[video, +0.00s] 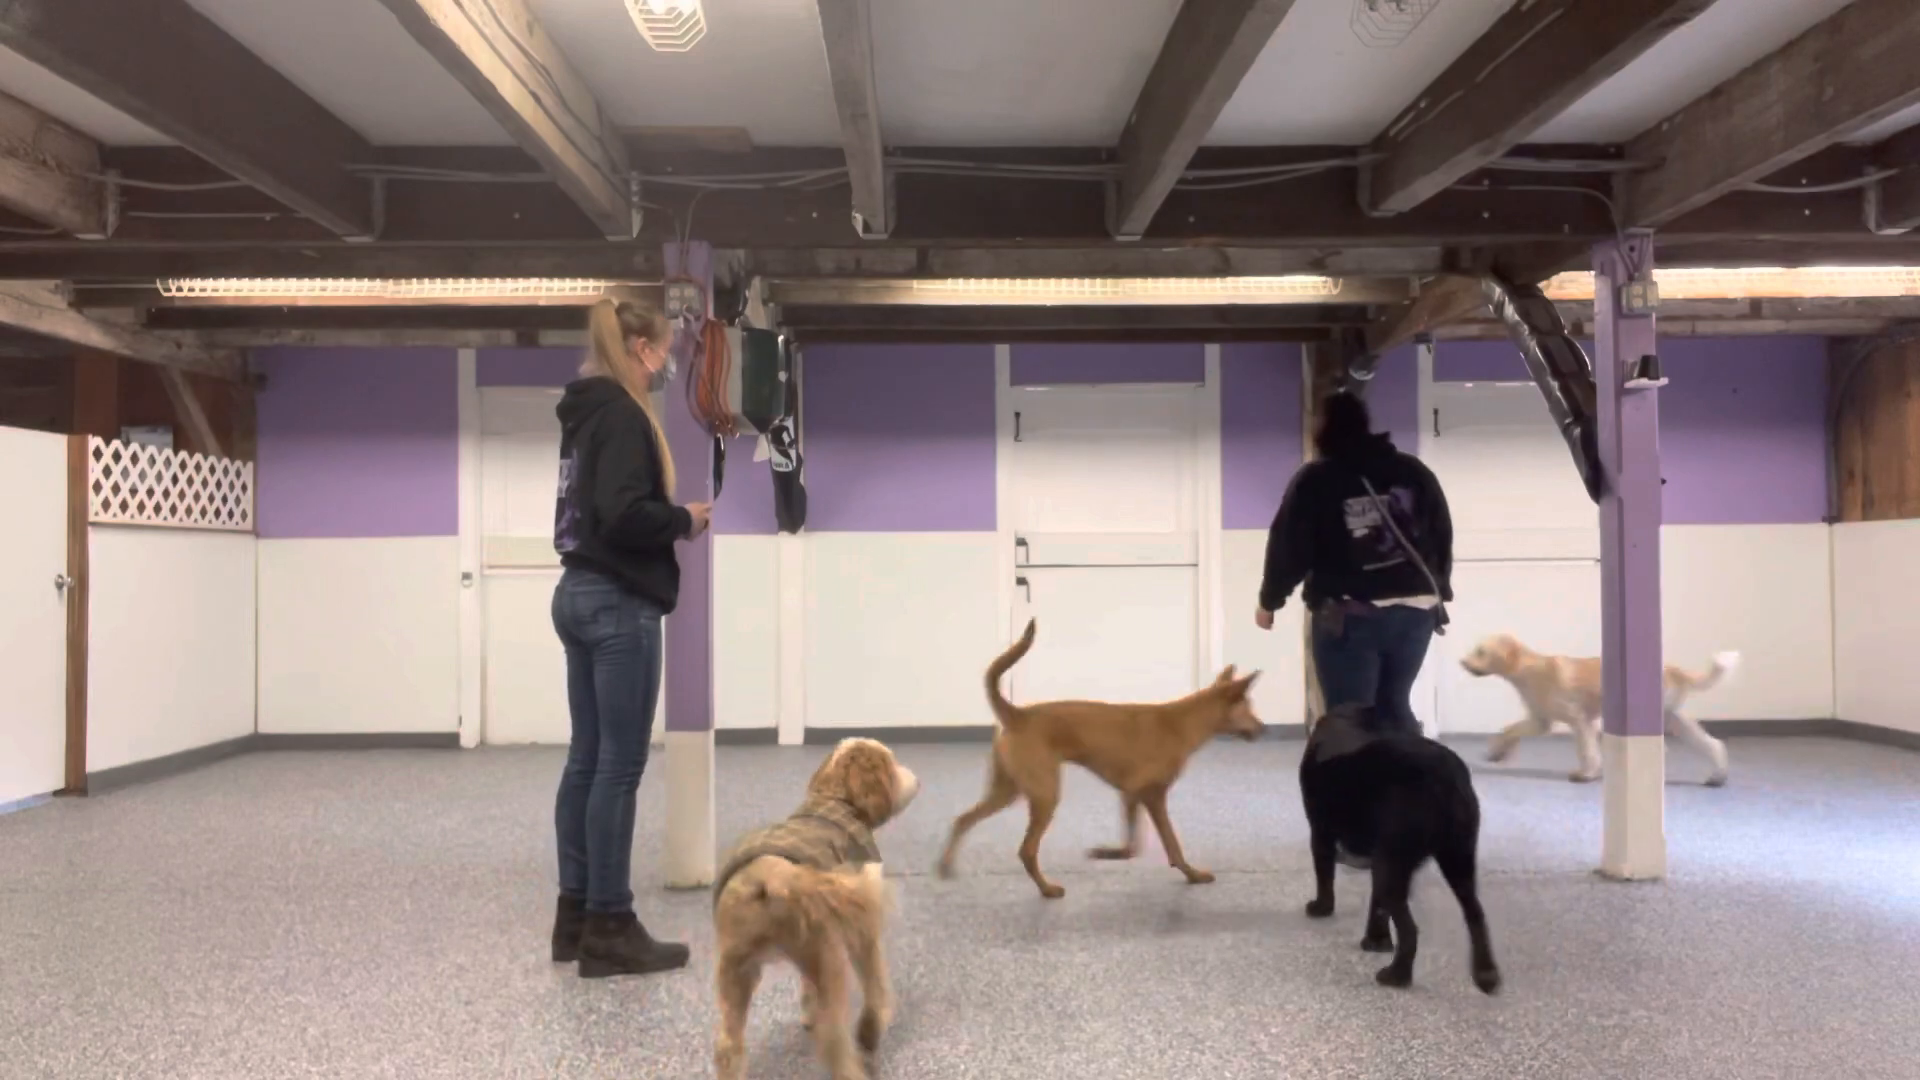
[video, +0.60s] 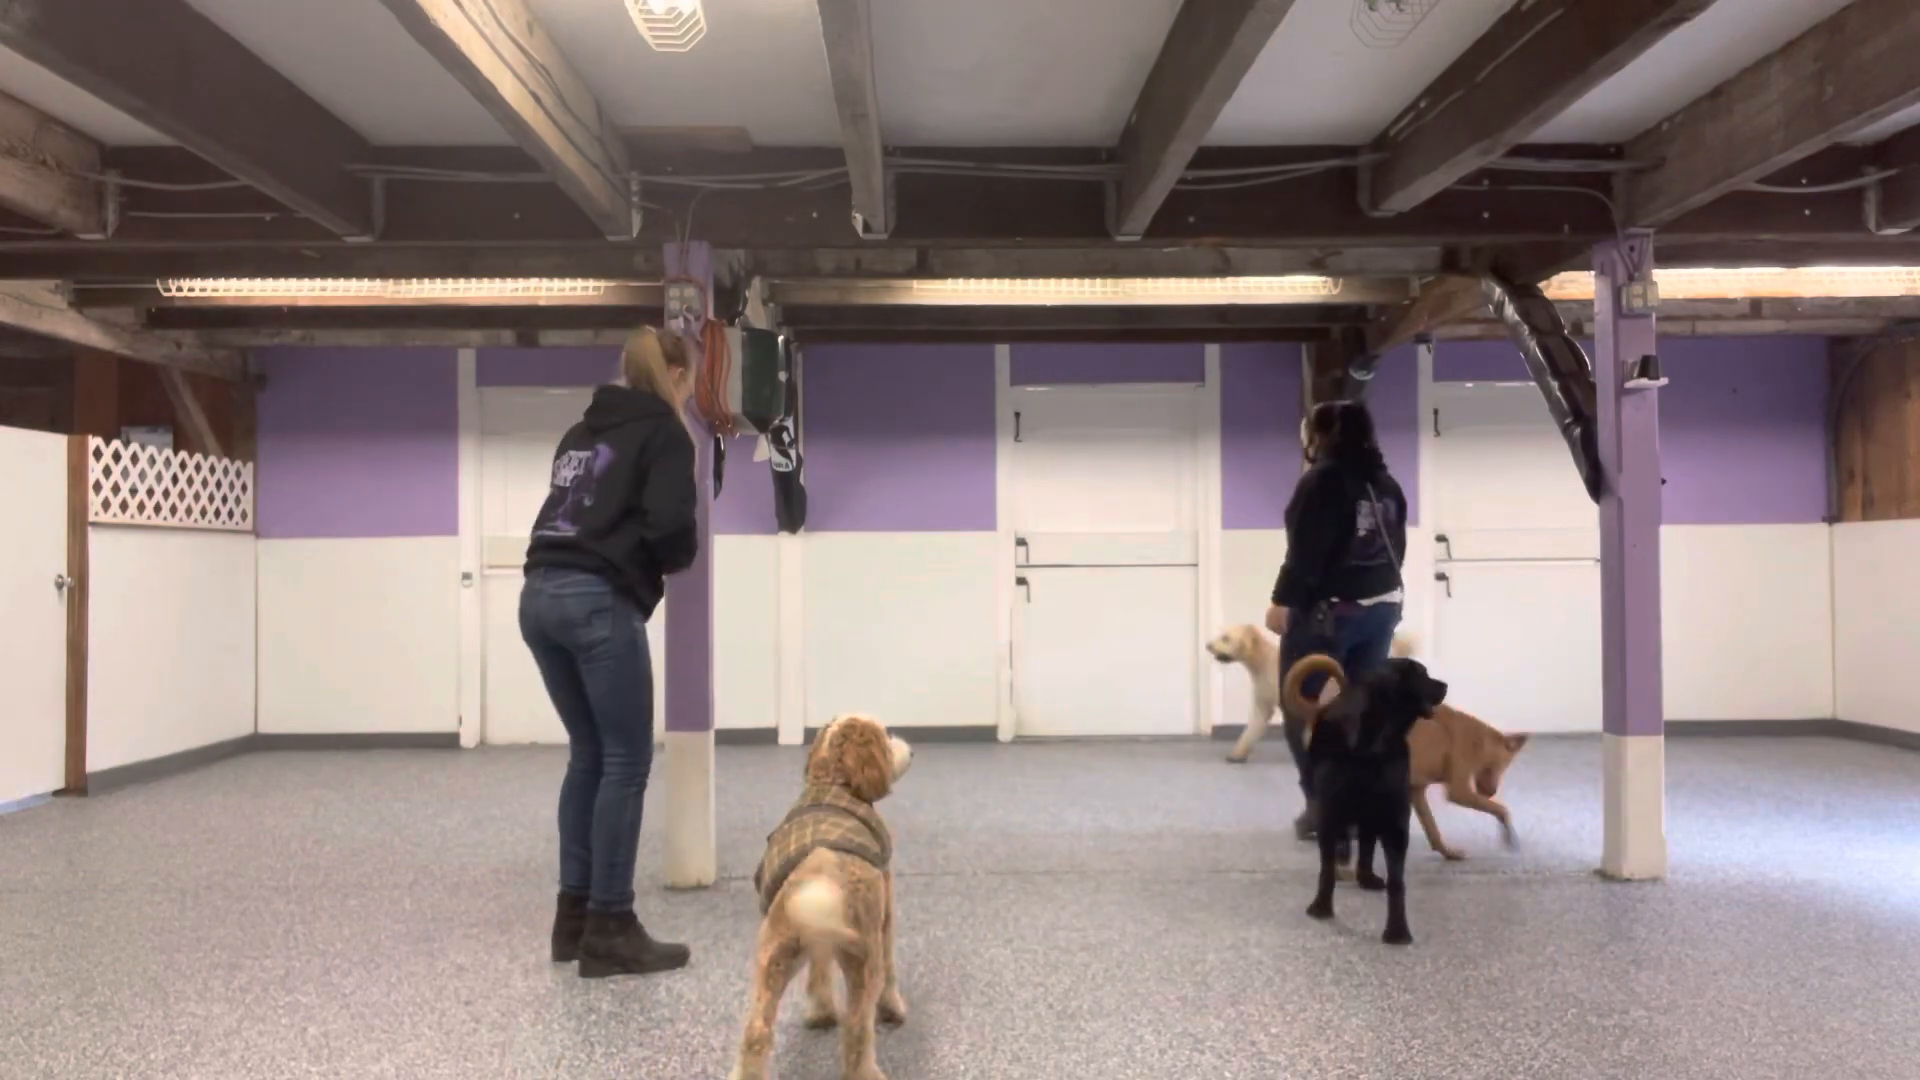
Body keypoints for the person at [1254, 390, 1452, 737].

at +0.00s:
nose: (1317, 432)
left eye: (1319, 425)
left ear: (1324, 430)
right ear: (1365, 427)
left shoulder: (1314, 479)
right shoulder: (1412, 470)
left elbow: (1289, 546)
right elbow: (1440, 532)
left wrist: (1269, 601)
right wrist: (1439, 589)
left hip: (1347, 615)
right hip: (1414, 613)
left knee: (1350, 720)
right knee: (1395, 707)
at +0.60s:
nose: (1308, 444)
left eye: (1312, 437)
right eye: (1309, 436)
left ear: (1326, 438)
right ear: (1361, 435)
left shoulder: (1320, 483)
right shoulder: (1387, 484)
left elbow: (1306, 550)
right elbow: (1394, 549)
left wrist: (1282, 601)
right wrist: (1377, 589)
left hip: (1329, 609)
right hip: (1382, 608)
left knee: (1297, 706)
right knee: (1365, 709)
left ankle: (1320, 801)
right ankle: (1366, 807)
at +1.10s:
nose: (1270, 455)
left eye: (1274, 446)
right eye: (1269, 447)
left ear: (1293, 445)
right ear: (1313, 445)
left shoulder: (1304, 492)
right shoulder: (1339, 488)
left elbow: (1297, 560)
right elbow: (1332, 555)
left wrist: (1270, 613)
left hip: (1308, 608)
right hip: (1339, 603)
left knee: (1288, 708)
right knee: (1314, 700)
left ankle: (1292, 798)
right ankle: (1319, 793)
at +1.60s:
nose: (1292, 460)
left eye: (1298, 452)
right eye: (1293, 453)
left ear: (1317, 452)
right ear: (1313, 454)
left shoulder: (1347, 491)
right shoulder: (1305, 492)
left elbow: (1348, 556)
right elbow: (1287, 553)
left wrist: (1318, 602)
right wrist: (1268, 599)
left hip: (1323, 616)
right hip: (1299, 613)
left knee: (1296, 703)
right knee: (1317, 705)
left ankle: (1294, 798)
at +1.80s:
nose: (1305, 469)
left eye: (1311, 461)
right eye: (1302, 463)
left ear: (1335, 455)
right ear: (1319, 459)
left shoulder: (1375, 496)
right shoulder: (1305, 498)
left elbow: (1395, 554)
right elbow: (1286, 554)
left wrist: (1384, 605)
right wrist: (1266, 603)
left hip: (1353, 613)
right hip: (1307, 613)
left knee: (1325, 695)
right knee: (1334, 695)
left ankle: (1318, 790)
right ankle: (1362, 781)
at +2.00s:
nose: (1318, 467)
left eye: (1325, 459)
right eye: (1313, 460)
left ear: (1350, 451)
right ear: (1310, 459)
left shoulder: (1386, 493)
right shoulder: (1309, 496)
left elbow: (1417, 548)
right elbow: (1290, 551)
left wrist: (1427, 600)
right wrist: (1276, 603)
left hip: (1371, 610)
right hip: (1318, 614)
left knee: (1355, 692)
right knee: (1336, 698)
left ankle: (1374, 787)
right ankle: (1352, 782)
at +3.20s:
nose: (1372, 461)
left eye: (1379, 453)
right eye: (1367, 454)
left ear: (1402, 449)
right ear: (1360, 454)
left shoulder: (1430, 490)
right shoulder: (1355, 492)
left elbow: (1450, 545)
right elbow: (1342, 542)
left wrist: (1415, 584)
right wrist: (1340, 586)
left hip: (1411, 602)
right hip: (1361, 603)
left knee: (1411, 690)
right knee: (1370, 693)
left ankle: (1419, 782)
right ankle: (1378, 774)